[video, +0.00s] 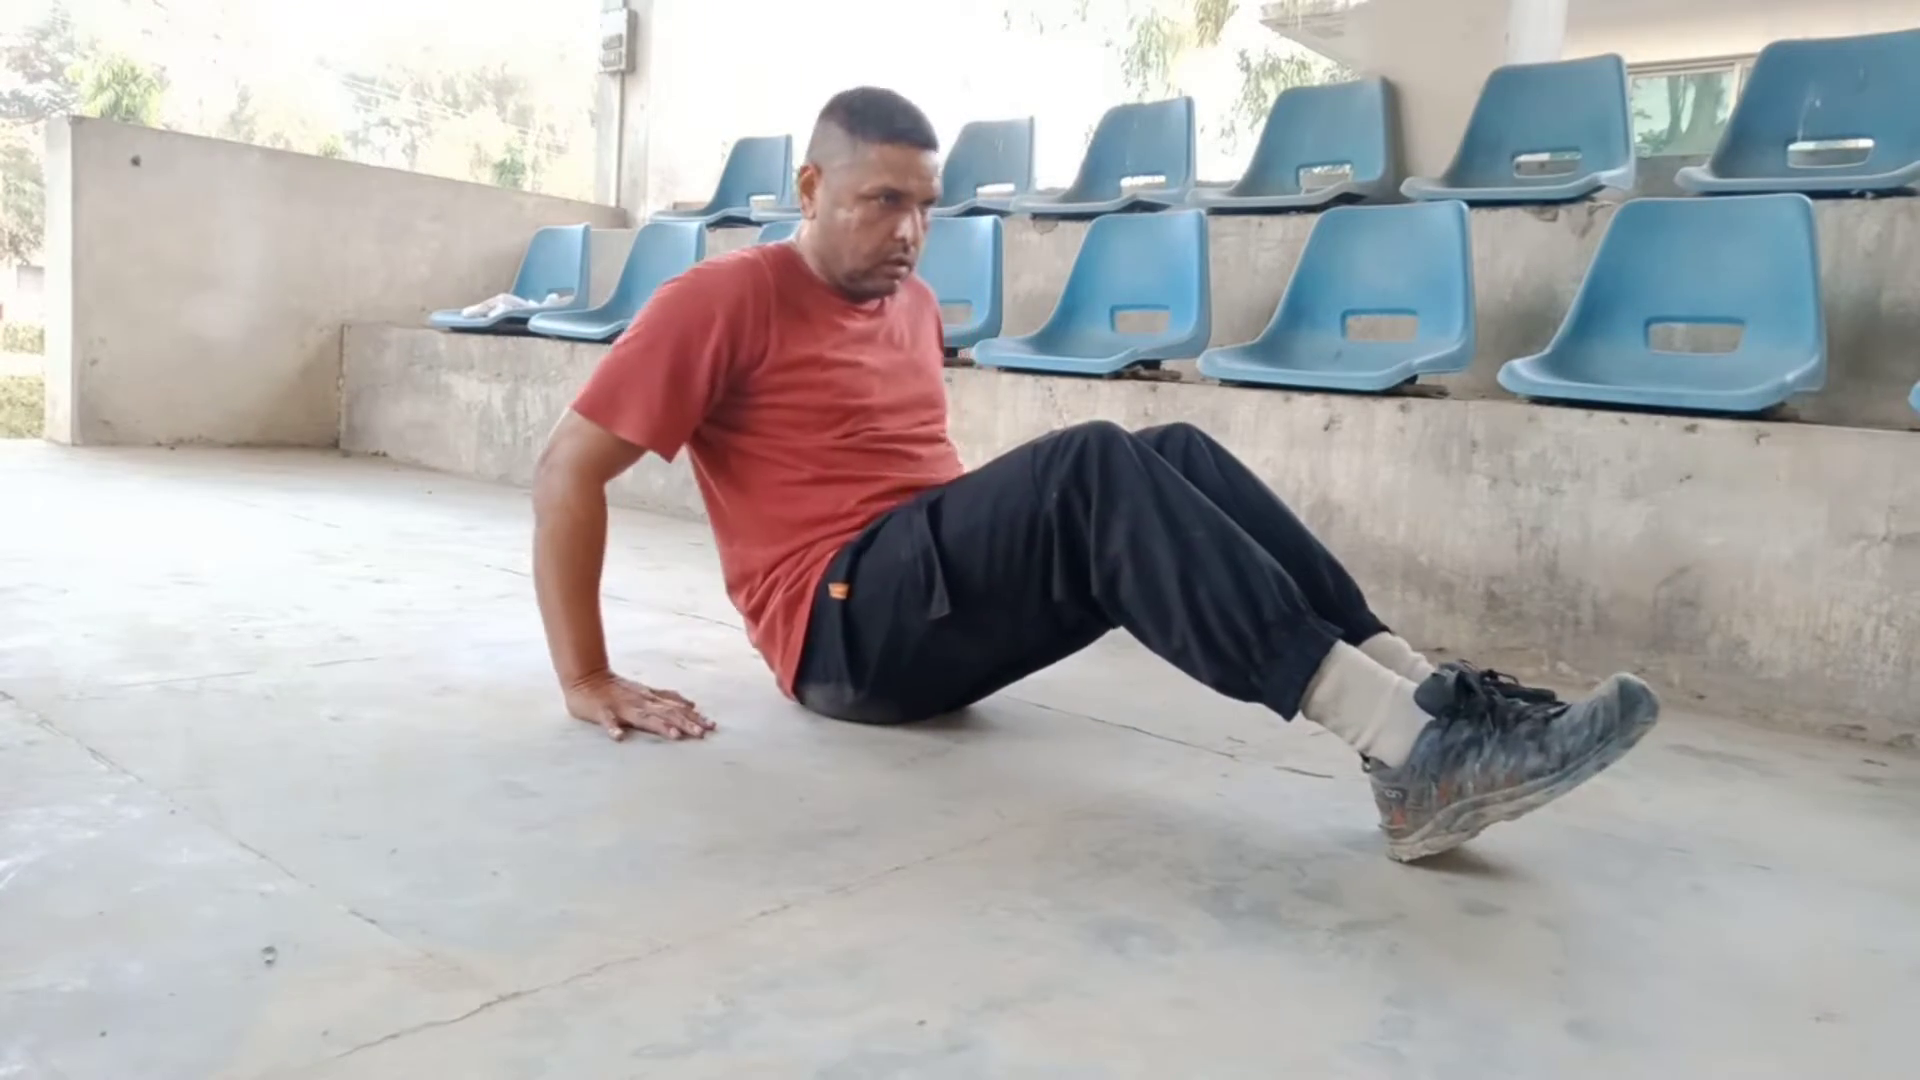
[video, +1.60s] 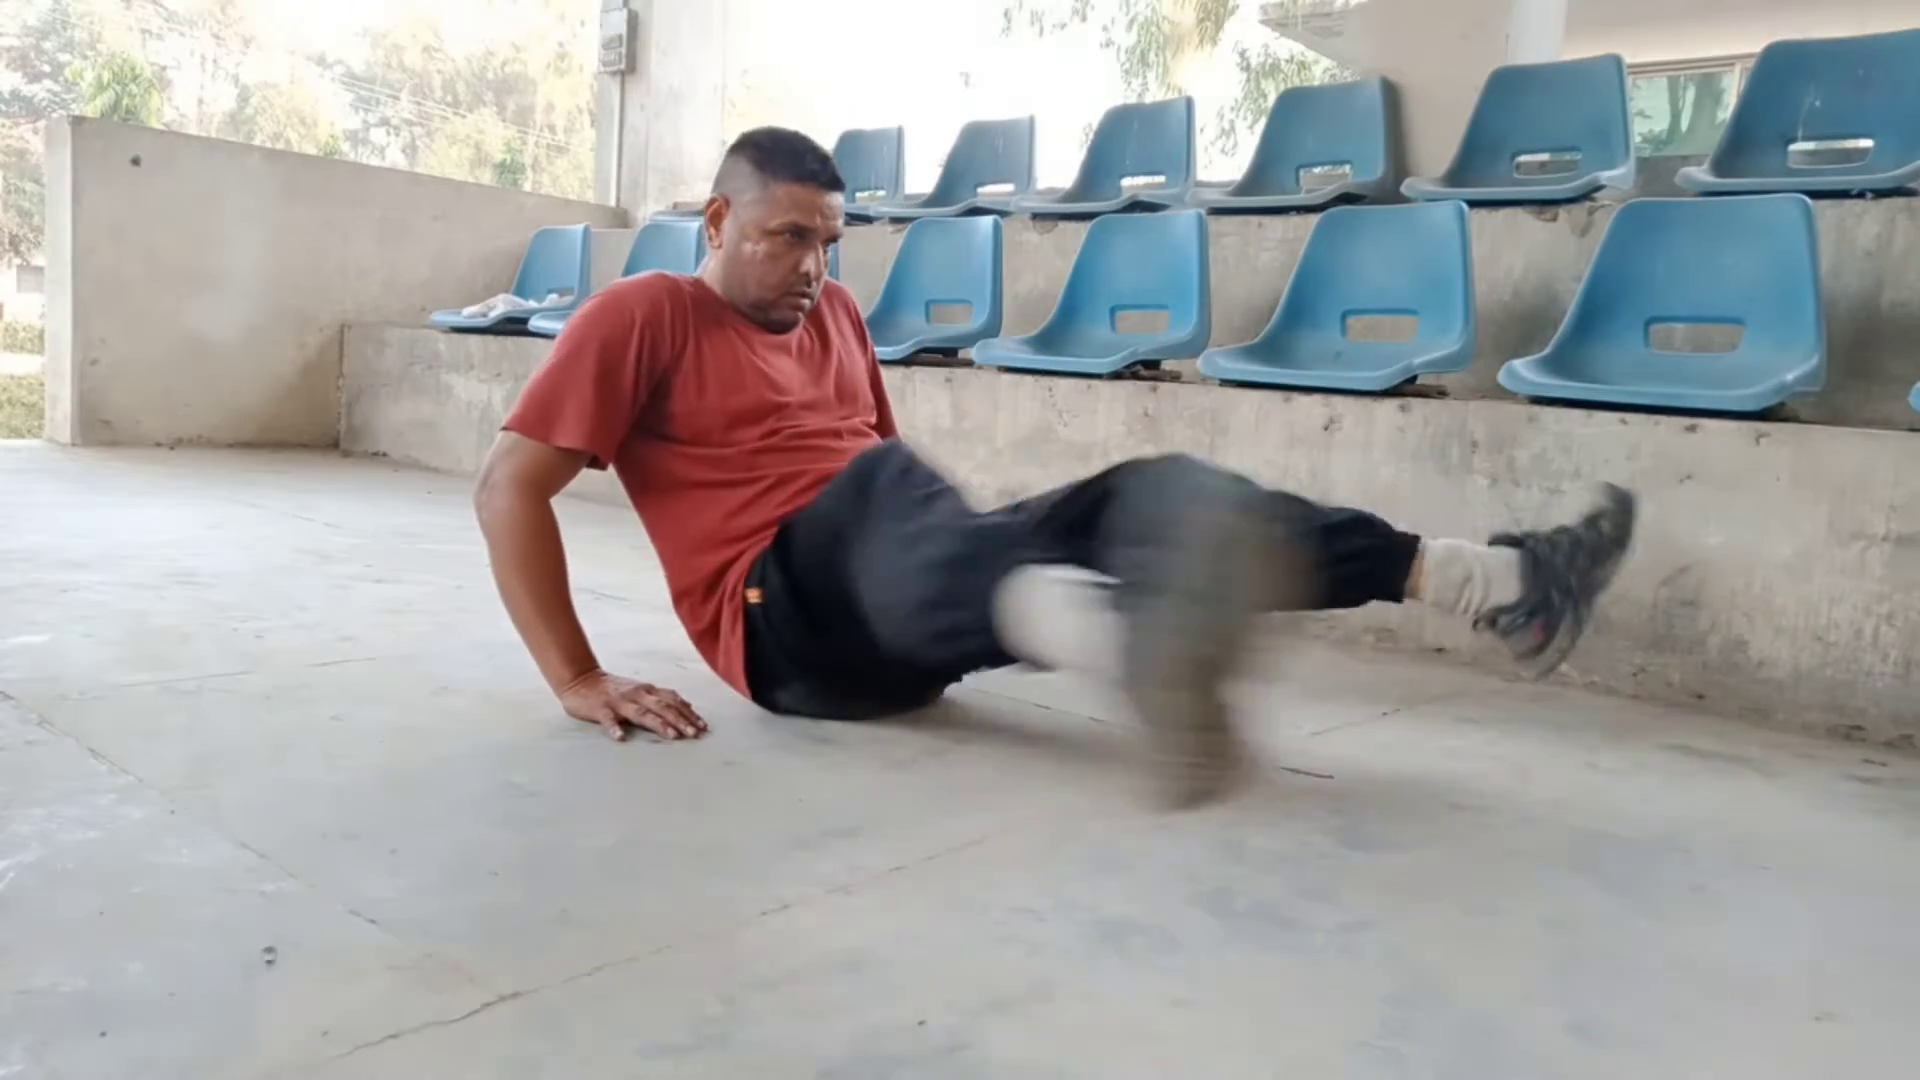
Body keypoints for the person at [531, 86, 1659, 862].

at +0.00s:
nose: (899, 231)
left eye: (917, 208)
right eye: (875, 204)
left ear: (924, 204)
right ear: (805, 189)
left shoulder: (911, 301)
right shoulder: (719, 300)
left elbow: (899, 460)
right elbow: (568, 468)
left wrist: (944, 618)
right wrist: (584, 679)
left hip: (931, 586)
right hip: (836, 609)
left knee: (1178, 453)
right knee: (1103, 469)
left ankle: (1433, 733)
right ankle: (1409, 740)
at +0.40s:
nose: (881, 241)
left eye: (893, 217)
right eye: (856, 214)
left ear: (900, 211)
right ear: (779, 203)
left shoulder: (894, 300)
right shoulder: (694, 297)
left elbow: (902, 450)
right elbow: (560, 471)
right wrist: (582, 678)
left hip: (915, 625)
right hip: (817, 629)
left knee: (1087, 369)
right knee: (996, 377)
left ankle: (1285, 618)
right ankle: (1246, 655)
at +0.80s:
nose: (836, 248)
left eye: (848, 225)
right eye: (812, 223)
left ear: (849, 220)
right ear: (737, 212)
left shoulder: (854, 309)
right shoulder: (662, 312)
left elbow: (887, 458)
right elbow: (524, 481)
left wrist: (929, 571)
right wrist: (578, 679)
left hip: (903, 611)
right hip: (812, 623)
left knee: (1120, 408)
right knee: (1037, 417)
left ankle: (1361, 646)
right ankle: (1328, 659)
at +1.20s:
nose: (796, 252)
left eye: (808, 229)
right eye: (768, 229)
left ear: (818, 230)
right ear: (698, 228)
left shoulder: (820, 316)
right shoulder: (635, 324)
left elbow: (854, 457)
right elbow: (504, 493)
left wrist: (900, 550)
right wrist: (575, 681)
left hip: (903, 571)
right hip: (800, 613)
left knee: (1172, 490)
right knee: (1037, 509)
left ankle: (1504, 589)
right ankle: (1420, 637)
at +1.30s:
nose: (801, 258)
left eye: (813, 236)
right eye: (776, 234)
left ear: (821, 235)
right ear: (706, 226)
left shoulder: (829, 318)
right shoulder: (639, 323)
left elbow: (863, 465)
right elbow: (506, 494)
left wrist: (905, 577)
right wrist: (576, 682)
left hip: (912, 581)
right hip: (790, 626)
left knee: (1179, 493)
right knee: (950, 493)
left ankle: (1544, 553)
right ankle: (1264, 603)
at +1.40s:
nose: (811, 264)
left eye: (823, 240)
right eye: (787, 237)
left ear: (830, 234)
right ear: (715, 223)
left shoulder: (837, 320)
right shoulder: (644, 323)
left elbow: (872, 472)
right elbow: (507, 494)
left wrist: (943, 548)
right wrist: (575, 682)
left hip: (908, 572)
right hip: (787, 609)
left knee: (1170, 518)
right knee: (885, 526)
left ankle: (1517, 548)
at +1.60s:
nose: (813, 264)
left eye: (825, 240)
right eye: (788, 236)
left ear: (832, 229)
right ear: (715, 217)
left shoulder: (834, 316)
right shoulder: (637, 316)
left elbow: (872, 457)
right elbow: (509, 490)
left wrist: (953, 550)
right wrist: (577, 681)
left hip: (907, 590)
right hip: (779, 619)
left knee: (1147, 499)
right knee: (890, 486)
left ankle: (1499, 586)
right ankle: (1129, 653)